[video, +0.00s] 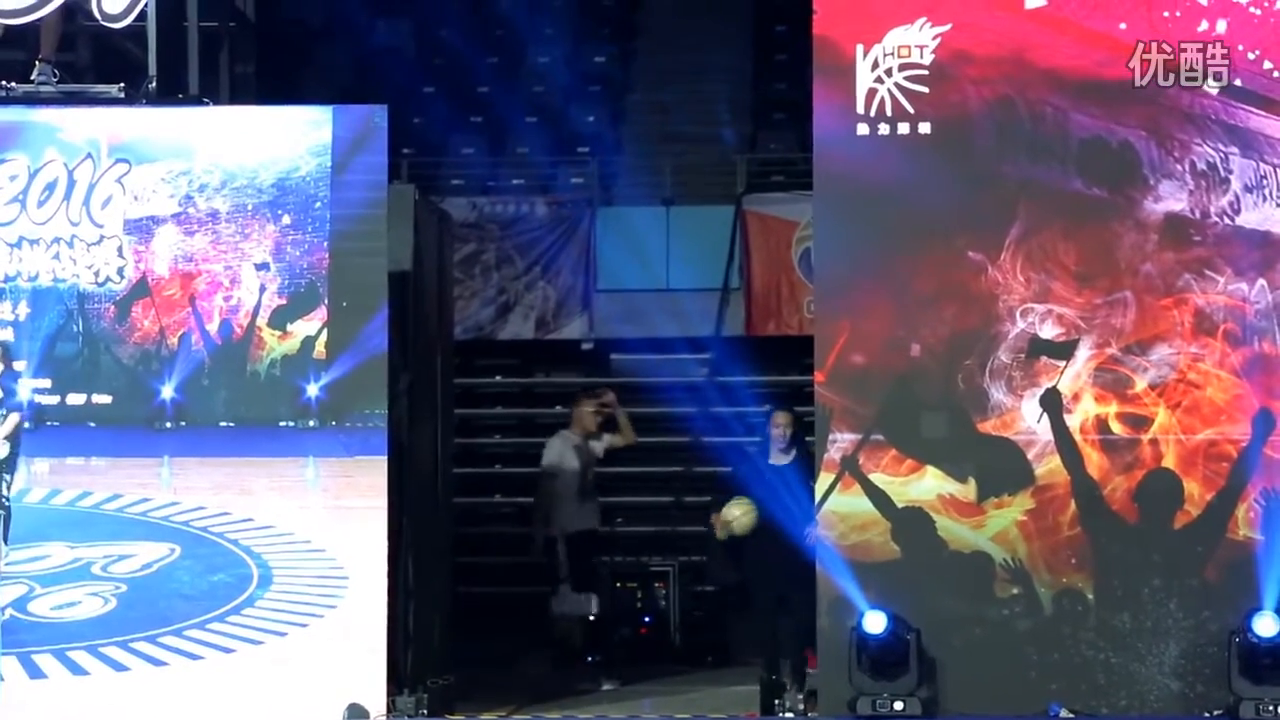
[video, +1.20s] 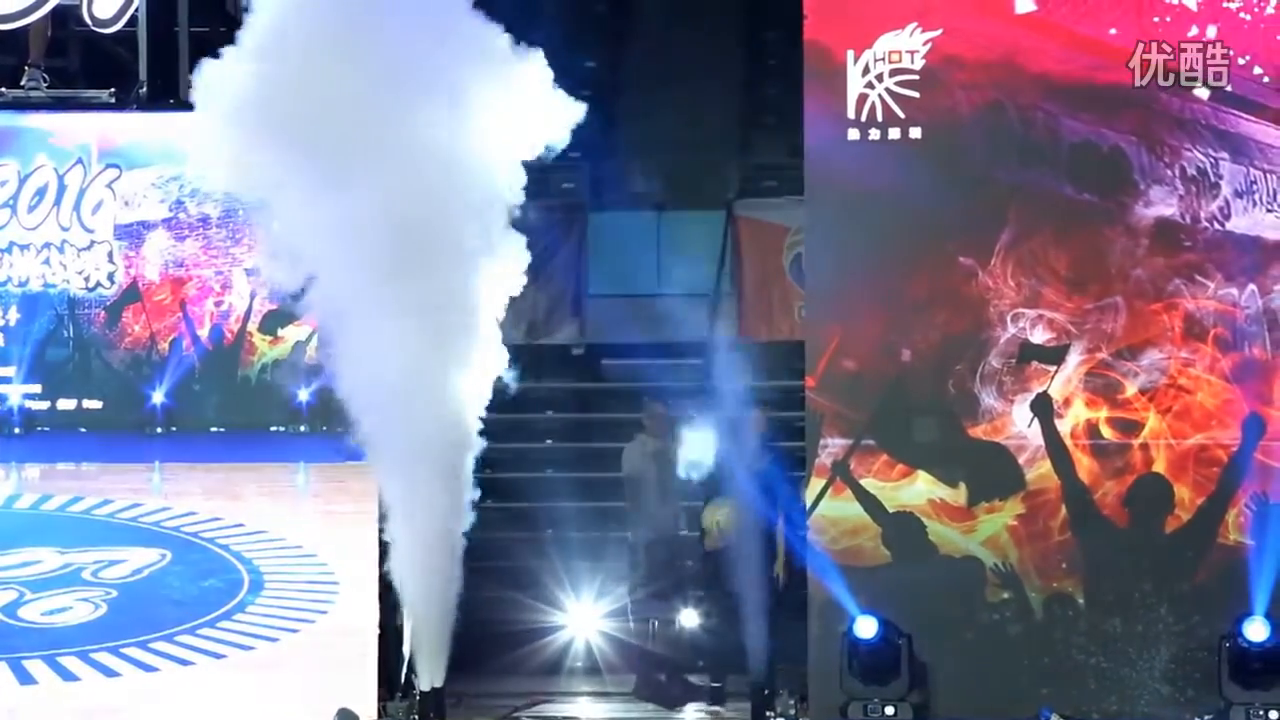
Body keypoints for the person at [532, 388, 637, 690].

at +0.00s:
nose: (597, 418)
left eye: (599, 413)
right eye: (591, 412)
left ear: (598, 416)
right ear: (576, 413)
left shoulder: (592, 444)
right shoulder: (558, 444)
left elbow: (627, 438)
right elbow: (546, 494)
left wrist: (617, 409)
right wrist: (547, 530)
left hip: (588, 530)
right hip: (562, 531)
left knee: (591, 596)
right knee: (568, 596)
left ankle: (590, 665)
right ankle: (567, 666)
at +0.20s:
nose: (615, 419)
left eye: (617, 414)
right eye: (610, 413)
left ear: (614, 418)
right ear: (595, 414)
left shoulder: (605, 444)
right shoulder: (578, 445)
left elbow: (640, 437)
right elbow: (564, 495)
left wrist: (632, 409)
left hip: (599, 533)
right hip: (582, 535)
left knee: (590, 600)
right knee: (610, 598)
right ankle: (605, 668)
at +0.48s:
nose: (640, 422)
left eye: (641, 417)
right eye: (636, 417)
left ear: (631, 419)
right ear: (620, 417)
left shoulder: (624, 444)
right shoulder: (607, 450)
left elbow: (651, 440)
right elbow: (600, 500)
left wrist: (648, 413)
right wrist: (606, 545)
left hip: (627, 540)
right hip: (617, 542)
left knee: (609, 608)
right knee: (632, 607)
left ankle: (600, 672)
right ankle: (647, 671)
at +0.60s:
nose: (649, 422)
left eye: (649, 417)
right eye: (646, 417)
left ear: (633, 418)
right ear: (633, 418)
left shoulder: (619, 443)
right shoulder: (622, 449)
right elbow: (616, 499)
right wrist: (630, 541)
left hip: (628, 538)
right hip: (623, 540)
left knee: (633, 605)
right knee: (620, 605)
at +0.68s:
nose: (654, 420)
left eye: (654, 415)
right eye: (650, 416)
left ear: (636, 418)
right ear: (636, 417)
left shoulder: (621, 442)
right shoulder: (630, 451)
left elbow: (643, 431)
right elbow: (627, 501)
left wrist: (655, 409)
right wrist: (645, 542)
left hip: (634, 537)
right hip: (630, 539)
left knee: (643, 607)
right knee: (626, 606)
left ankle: (643, 674)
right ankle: (615, 677)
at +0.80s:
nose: (660, 422)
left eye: (660, 417)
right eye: (656, 417)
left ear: (643, 419)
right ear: (643, 418)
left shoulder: (629, 441)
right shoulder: (636, 449)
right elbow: (639, 498)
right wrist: (660, 538)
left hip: (634, 534)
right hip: (639, 537)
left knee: (647, 603)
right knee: (646, 605)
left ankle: (648, 673)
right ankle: (646, 677)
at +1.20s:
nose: (662, 422)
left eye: (664, 417)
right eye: (657, 417)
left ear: (667, 419)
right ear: (645, 419)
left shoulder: (667, 450)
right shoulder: (635, 450)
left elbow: (670, 491)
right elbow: (633, 496)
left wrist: (675, 522)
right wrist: (639, 528)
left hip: (669, 533)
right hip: (647, 534)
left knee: (669, 601)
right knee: (647, 601)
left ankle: (671, 674)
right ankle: (646, 674)